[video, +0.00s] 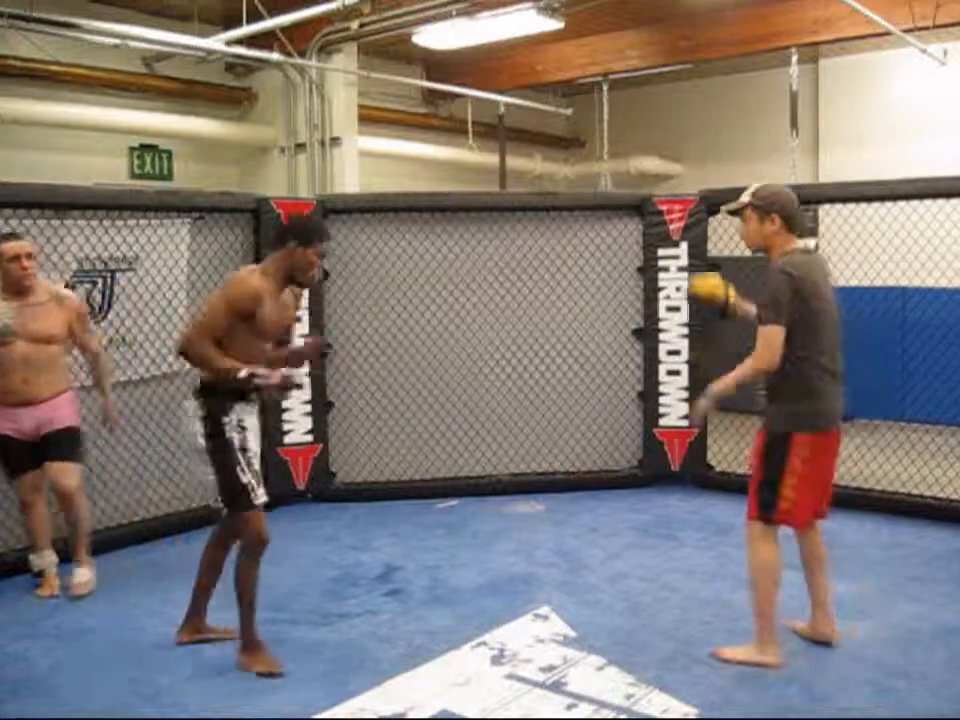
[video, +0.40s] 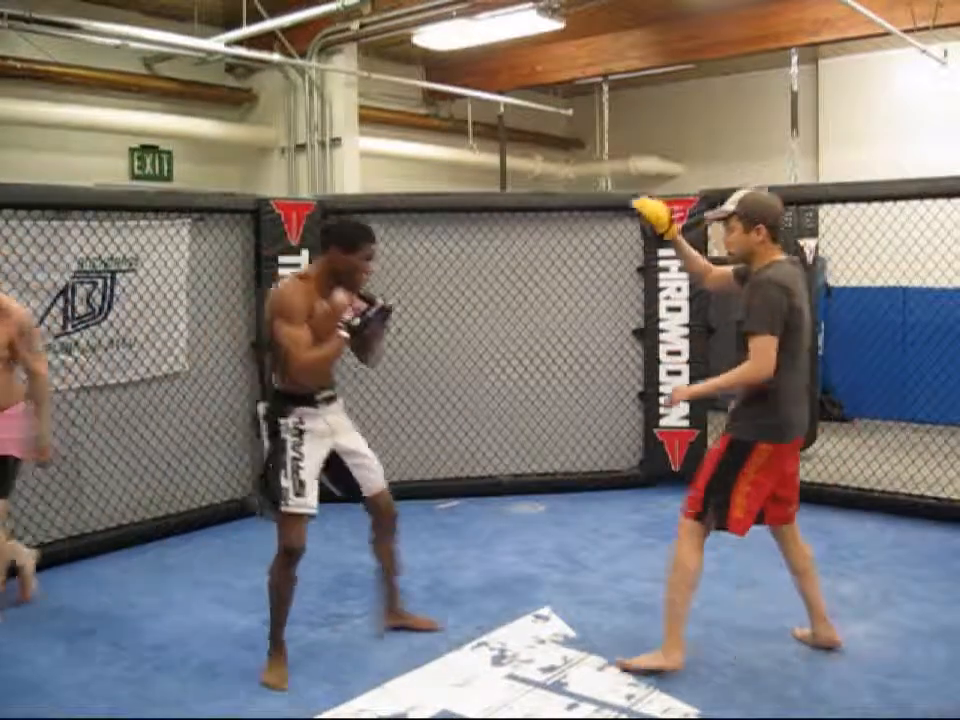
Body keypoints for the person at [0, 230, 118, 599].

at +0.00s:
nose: (24, 265)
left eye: (29, 257)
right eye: (14, 260)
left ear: (37, 260)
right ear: (1, 268)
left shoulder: (65, 304)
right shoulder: (2, 306)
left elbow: (94, 350)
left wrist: (107, 398)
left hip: (56, 406)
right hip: (10, 413)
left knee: (66, 484)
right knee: (29, 496)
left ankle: (82, 560)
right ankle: (47, 568)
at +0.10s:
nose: (14, 268)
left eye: (18, 260)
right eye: (5, 262)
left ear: (28, 263)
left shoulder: (54, 305)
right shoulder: (2, 307)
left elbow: (88, 352)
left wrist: (105, 397)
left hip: (44, 409)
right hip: (6, 415)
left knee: (33, 494)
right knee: (25, 499)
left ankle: (39, 583)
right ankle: (49, 569)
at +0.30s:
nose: (1, 273)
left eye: (3, 266)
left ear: (7, 269)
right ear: (3, 270)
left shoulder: (28, 318)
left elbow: (66, 367)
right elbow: (65, 367)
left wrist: (72, 420)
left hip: (13, 419)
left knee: (6, 504)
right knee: (8, 505)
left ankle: (5, 583)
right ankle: (39, 562)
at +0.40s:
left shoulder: (14, 316)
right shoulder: (13, 316)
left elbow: (38, 372)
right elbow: (37, 372)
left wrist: (42, 434)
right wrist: (42, 434)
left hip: (9, 419)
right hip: (10, 419)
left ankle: (17, 554)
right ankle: (16, 555)